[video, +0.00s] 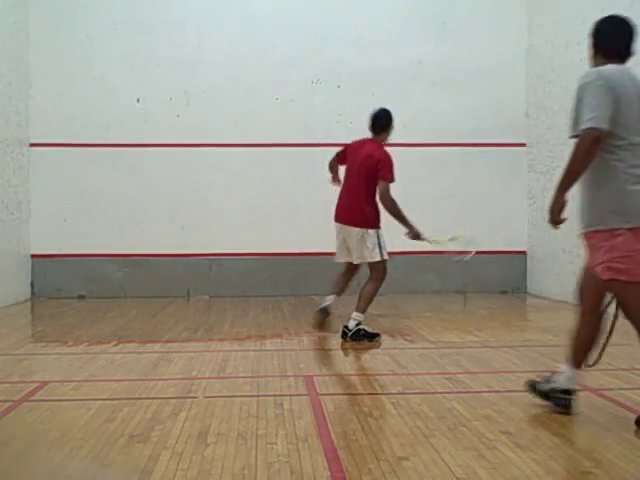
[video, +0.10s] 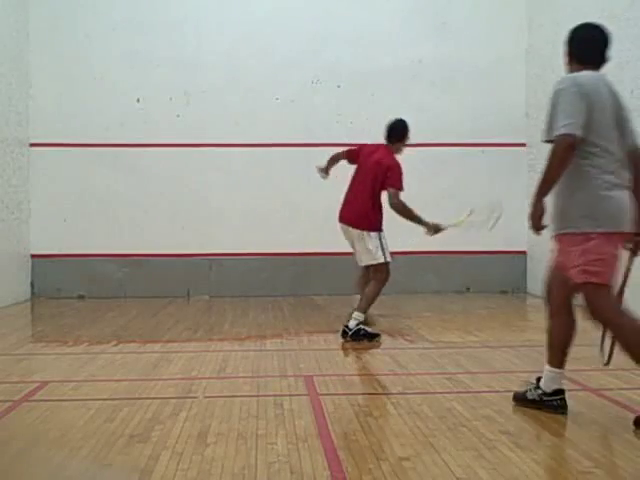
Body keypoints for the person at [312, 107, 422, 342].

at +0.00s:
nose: (391, 131)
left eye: (389, 127)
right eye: (391, 127)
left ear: (371, 126)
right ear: (389, 129)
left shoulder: (355, 146)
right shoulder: (382, 157)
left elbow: (334, 162)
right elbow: (385, 197)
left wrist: (335, 176)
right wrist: (409, 226)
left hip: (343, 218)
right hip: (364, 222)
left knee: (351, 265)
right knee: (378, 272)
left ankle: (328, 303)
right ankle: (354, 324)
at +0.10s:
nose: (406, 143)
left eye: (406, 139)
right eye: (406, 139)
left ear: (387, 136)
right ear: (403, 140)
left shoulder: (367, 150)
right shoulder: (392, 165)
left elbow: (338, 156)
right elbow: (395, 203)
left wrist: (326, 167)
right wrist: (425, 224)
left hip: (347, 218)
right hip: (366, 224)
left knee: (367, 268)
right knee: (381, 273)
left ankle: (360, 312)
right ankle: (355, 323)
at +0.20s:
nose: (420, 156)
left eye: (420, 152)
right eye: (420, 152)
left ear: (402, 147)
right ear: (416, 152)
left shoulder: (381, 158)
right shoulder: (402, 172)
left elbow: (350, 154)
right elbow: (405, 206)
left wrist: (325, 159)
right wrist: (440, 218)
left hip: (352, 221)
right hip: (367, 227)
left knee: (385, 267)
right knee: (382, 277)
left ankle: (394, 309)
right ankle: (354, 323)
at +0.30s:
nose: (429, 173)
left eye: (430, 169)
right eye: (430, 169)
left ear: (413, 162)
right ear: (426, 167)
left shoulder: (392, 169)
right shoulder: (411, 183)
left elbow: (361, 161)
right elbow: (417, 215)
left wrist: (332, 162)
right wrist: (455, 219)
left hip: (360, 228)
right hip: (373, 234)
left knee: (395, 268)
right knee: (388, 282)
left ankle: (408, 313)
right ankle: (357, 321)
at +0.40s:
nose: (438, 188)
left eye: (439, 184)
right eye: (438, 183)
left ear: (423, 177)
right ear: (434, 182)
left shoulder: (400, 183)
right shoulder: (419, 197)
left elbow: (368, 179)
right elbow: (432, 237)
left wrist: (335, 182)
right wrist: (467, 233)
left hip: (365, 234)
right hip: (379, 241)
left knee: (406, 261)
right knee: (398, 290)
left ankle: (410, 314)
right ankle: (361, 317)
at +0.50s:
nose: (442, 193)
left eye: (443, 189)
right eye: (443, 189)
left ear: (426, 183)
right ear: (440, 189)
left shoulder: (403, 189)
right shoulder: (429, 214)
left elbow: (367, 196)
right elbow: (437, 253)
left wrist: (344, 214)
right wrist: (454, 256)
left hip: (366, 237)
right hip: (383, 248)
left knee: (408, 259)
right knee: (398, 296)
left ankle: (410, 312)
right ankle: (361, 319)